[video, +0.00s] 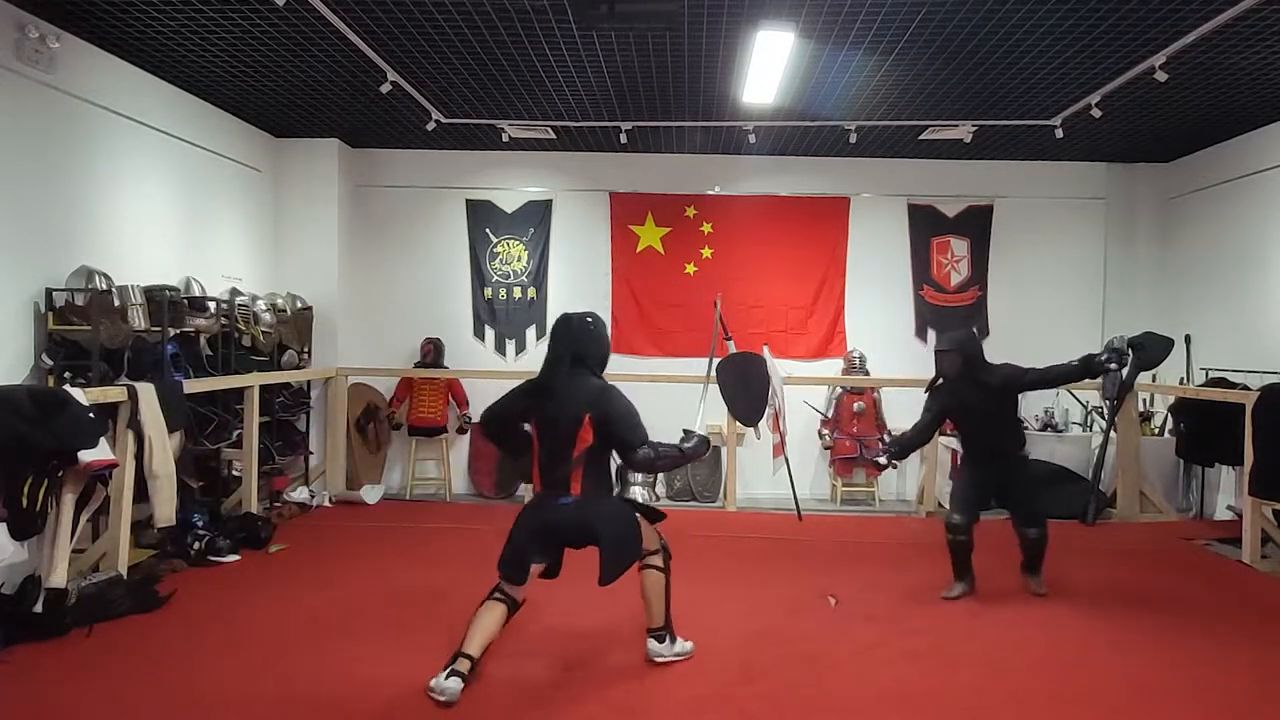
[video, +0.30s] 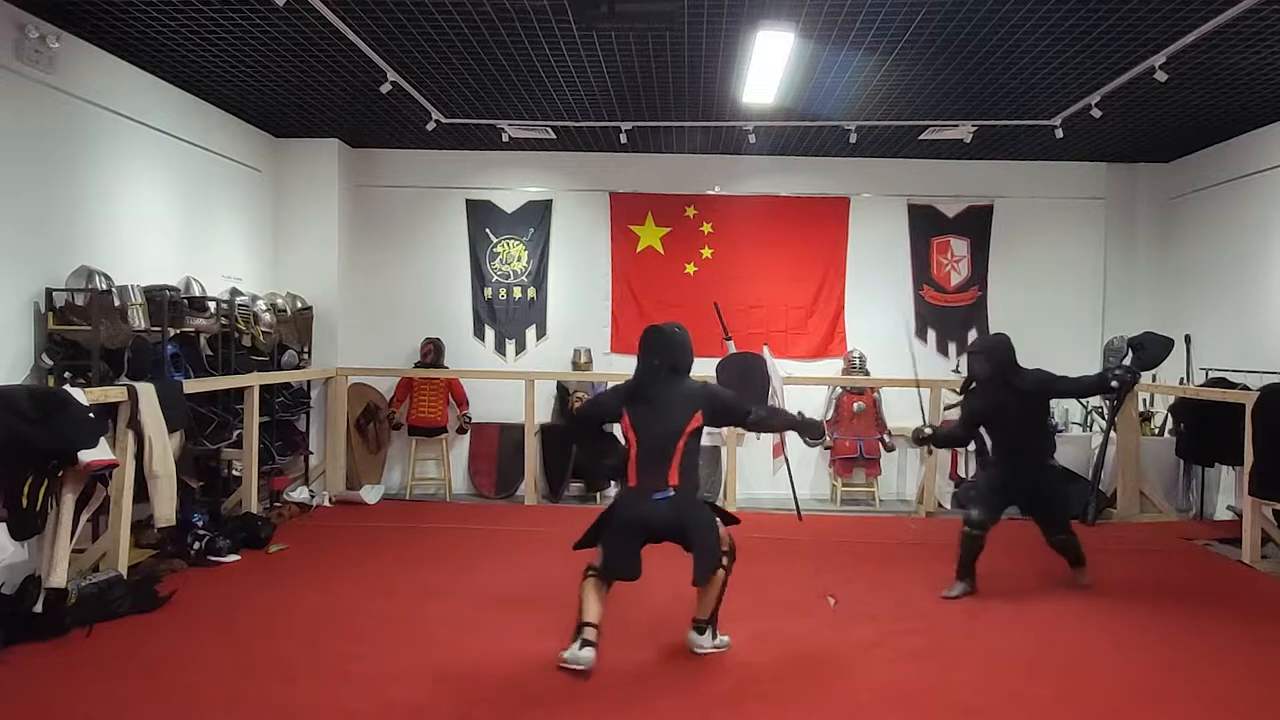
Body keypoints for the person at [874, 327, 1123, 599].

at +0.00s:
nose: (942, 362)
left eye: (948, 355)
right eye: (940, 355)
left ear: (967, 354)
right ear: (938, 357)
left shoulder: (1002, 377)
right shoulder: (944, 393)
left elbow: (1048, 375)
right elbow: (924, 428)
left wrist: (1091, 364)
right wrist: (895, 450)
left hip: (1012, 462)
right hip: (973, 465)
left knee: (1033, 529)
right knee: (957, 523)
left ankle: (1032, 573)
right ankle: (963, 580)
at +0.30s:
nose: (973, 367)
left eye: (979, 361)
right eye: (972, 361)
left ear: (998, 361)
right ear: (975, 363)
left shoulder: (1033, 382)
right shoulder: (976, 397)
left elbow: (1074, 386)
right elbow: (963, 435)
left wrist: (1109, 379)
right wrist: (933, 437)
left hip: (1037, 471)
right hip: (999, 472)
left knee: (1058, 533)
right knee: (975, 520)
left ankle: (1079, 567)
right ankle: (964, 579)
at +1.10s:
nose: (1082, 367)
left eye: (1088, 361)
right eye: (1078, 361)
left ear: (1104, 363)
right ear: (1073, 364)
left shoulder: (1130, 387)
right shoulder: (1070, 397)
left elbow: (1164, 399)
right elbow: (1048, 428)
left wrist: (1179, 406)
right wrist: (1020, 448)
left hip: (1122, 473)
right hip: (1083, 473)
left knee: (1140, 534)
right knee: (1058, 521)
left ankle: (1157, 568)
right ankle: (1036, 572)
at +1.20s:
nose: (1083, 368)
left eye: (1089, 362)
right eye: (1078, 362)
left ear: (1105, 364)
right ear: (1073, 364)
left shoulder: (1132, 388)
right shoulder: (1071, 395)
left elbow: (1173, 403)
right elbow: (1051, 428)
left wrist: (1177, 409)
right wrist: (1024, 446)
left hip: (1122, 473)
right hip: (1083, 472)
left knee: (1140, 533)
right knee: (1057, 517)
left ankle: (1157, 569)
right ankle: (1041, 572)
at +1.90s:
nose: (984, 386)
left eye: (992, 382)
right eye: (981, 379)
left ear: (1000, 380)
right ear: (970, 370)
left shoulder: (1002, 399)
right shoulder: (937, 392)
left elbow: (1030, 423)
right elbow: (894, 421)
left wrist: (1046, 437)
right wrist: (872, 457)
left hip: (975, 472)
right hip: (938, 470)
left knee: (950, 532)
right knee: (939, 531)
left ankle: (926, 598)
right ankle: (977, 555)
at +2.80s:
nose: (842, 346)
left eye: (851, 340)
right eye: (841, 339)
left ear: (872, 347)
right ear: (838, 345)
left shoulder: (895, 391)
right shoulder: (833, 384)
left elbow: (938, 442)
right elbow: (812, 427)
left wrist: (942, 489)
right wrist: (779, 438)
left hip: (871, 500)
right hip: (829, 492)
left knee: (882, 593)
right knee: (794, 562)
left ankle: (928, 604)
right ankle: (798, 638)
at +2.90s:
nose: (855, 346)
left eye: (864, 341)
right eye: (855, 340)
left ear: (885, 347)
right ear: (852, 346)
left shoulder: (910, 391)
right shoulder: (848, 386)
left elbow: (945, 441)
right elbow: (825, 431)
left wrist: (944, 474)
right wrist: (783, 435)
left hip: (888, 500)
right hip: (844, 494)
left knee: (897, 594)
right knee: (810, 562)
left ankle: (940, 617)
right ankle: (799, 639)